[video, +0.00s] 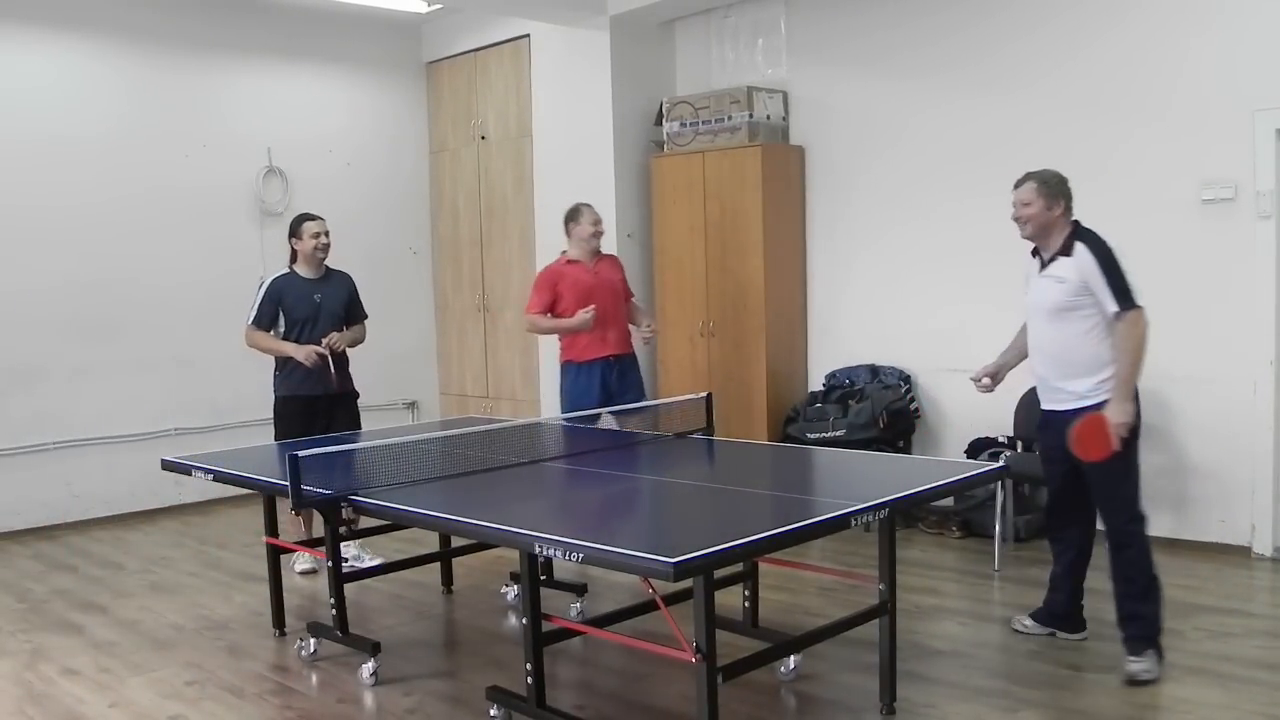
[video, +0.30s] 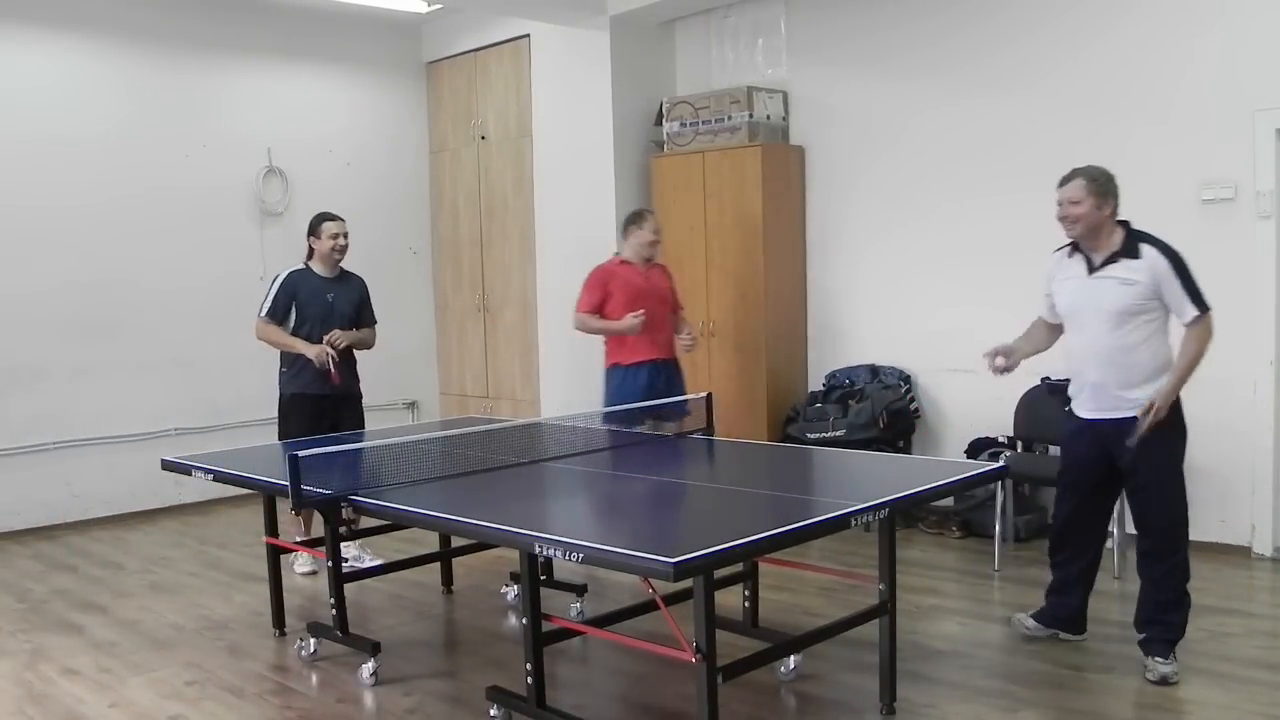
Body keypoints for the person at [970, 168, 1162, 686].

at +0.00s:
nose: (1016, 215)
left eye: (1024, 207)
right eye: (1014, 208)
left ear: (1057, 208)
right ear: (1035, 212)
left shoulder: (1090, 251)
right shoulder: (1036, 259)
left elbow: (1132, 319)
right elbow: (1039, 324)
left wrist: (1122, 397)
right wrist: (1002, 364)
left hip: (1104, 411)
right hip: (1055, 412)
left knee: (1122, 525)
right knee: (1066, 520)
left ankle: (1142, 644)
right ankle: (1062, 613)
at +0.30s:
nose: (1064, 214)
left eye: (1073, 204)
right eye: (1060, 205)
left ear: (1106, 206)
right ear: (1062, 210)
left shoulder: (1155, 258)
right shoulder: (1062, 263)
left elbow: (1200, 324)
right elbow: (1050, 323)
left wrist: (1173, 387)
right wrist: (1015, 351)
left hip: (1151, 420)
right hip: (1087, 422)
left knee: (1161, 535)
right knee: (1073, 524)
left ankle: (1160, 644)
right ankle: (1063, 616)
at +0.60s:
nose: (1091, 206)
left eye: (1102, 197)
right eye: (1087, 198)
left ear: (1136, 201)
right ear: (1087, 204)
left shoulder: (1178, 259)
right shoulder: (1076, 255)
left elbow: (1198, 341)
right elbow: (1051, 320)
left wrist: (1116, 349)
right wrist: (1040, 335)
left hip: (1158, 427)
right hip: (1088, 423)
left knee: (1164, 541)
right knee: (1078, 541)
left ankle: (1160, 646)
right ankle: (1070, 659)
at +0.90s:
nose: (1059, 208)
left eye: (1071, 198)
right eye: (1057, 199)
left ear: (1107, 203)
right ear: (1059, 207)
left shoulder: (1155, 259)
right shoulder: (1052, 265)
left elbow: (1197, 336)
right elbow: (1037, 348)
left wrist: (1127, 364)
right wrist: (1024, 331)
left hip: (1138, 435)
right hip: (1065, 434)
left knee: (1151, 552)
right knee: (1059, 556)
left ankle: (1162, 643)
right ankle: (1071, 679)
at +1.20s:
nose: (1048, 210)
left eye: (1055, 199)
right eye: (1048, 200)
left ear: (1094, 200)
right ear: (1086, 202)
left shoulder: (1156, 256)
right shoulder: (1058, 261)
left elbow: (1206, 337)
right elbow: (1035, 338)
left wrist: (1130, 374)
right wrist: (997, 325)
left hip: (1140, 441)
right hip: (1066, 437)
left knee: (1153, 577)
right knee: (1058, 566)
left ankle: (1189, 709)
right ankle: (1071, 680)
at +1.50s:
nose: (1084, 220)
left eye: (1091, 207)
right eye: (1083, 208)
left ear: (1129, 200)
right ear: (1119, 203)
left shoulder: (1183, 257)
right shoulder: (1112, 253)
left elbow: (1208, 355)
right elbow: (1097, 325)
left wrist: (1110, 374)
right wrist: (1044, 320)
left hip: (1173, 443)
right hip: (1110, 437)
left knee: (1176, 580)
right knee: (1101, 564)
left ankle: (1190, 708)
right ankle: (1083, 676)